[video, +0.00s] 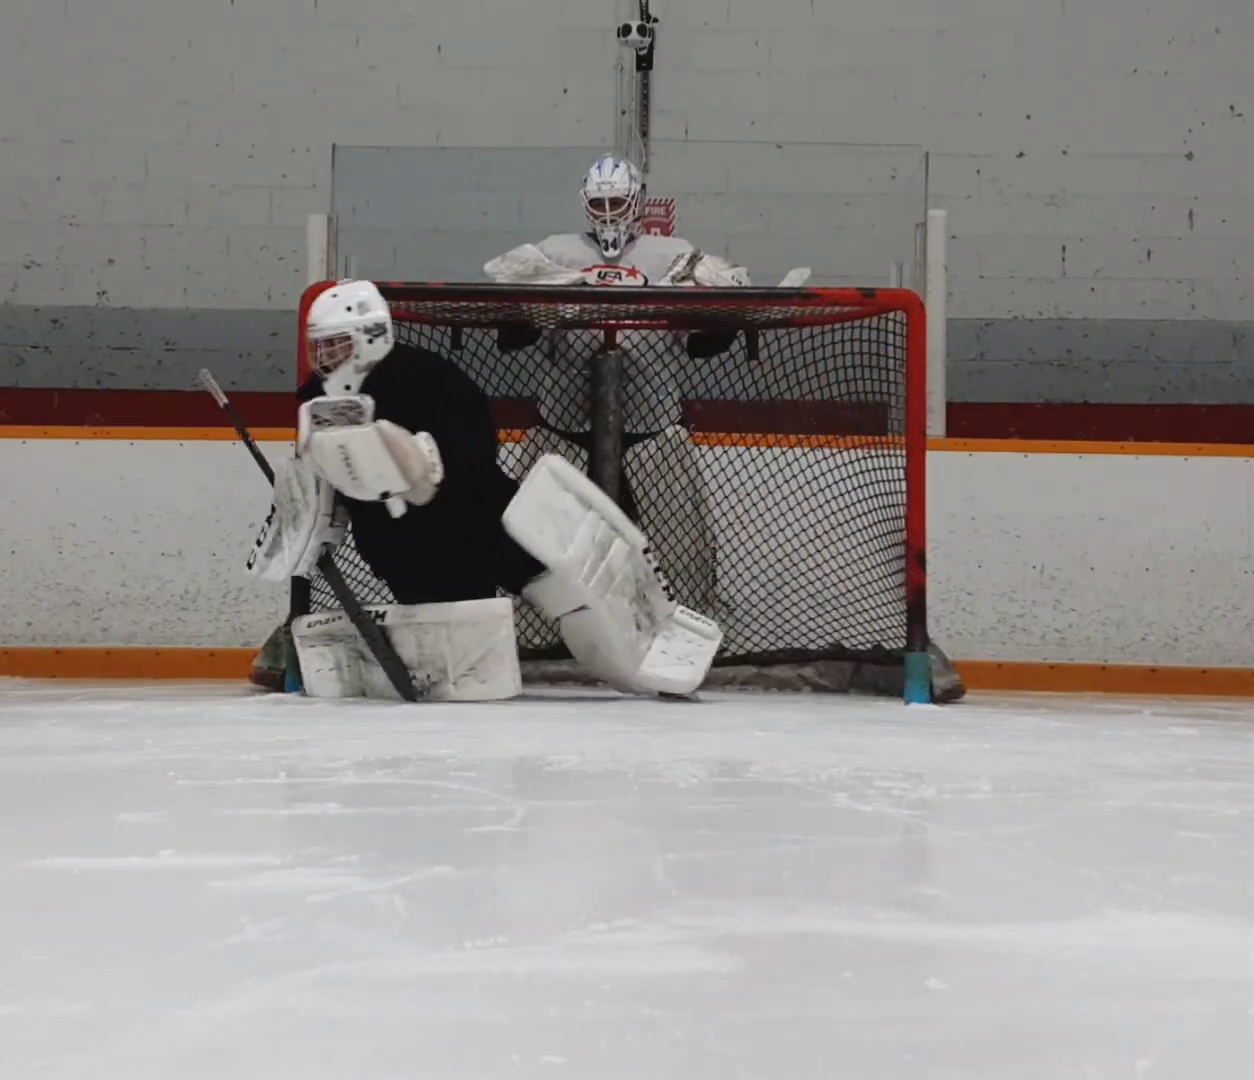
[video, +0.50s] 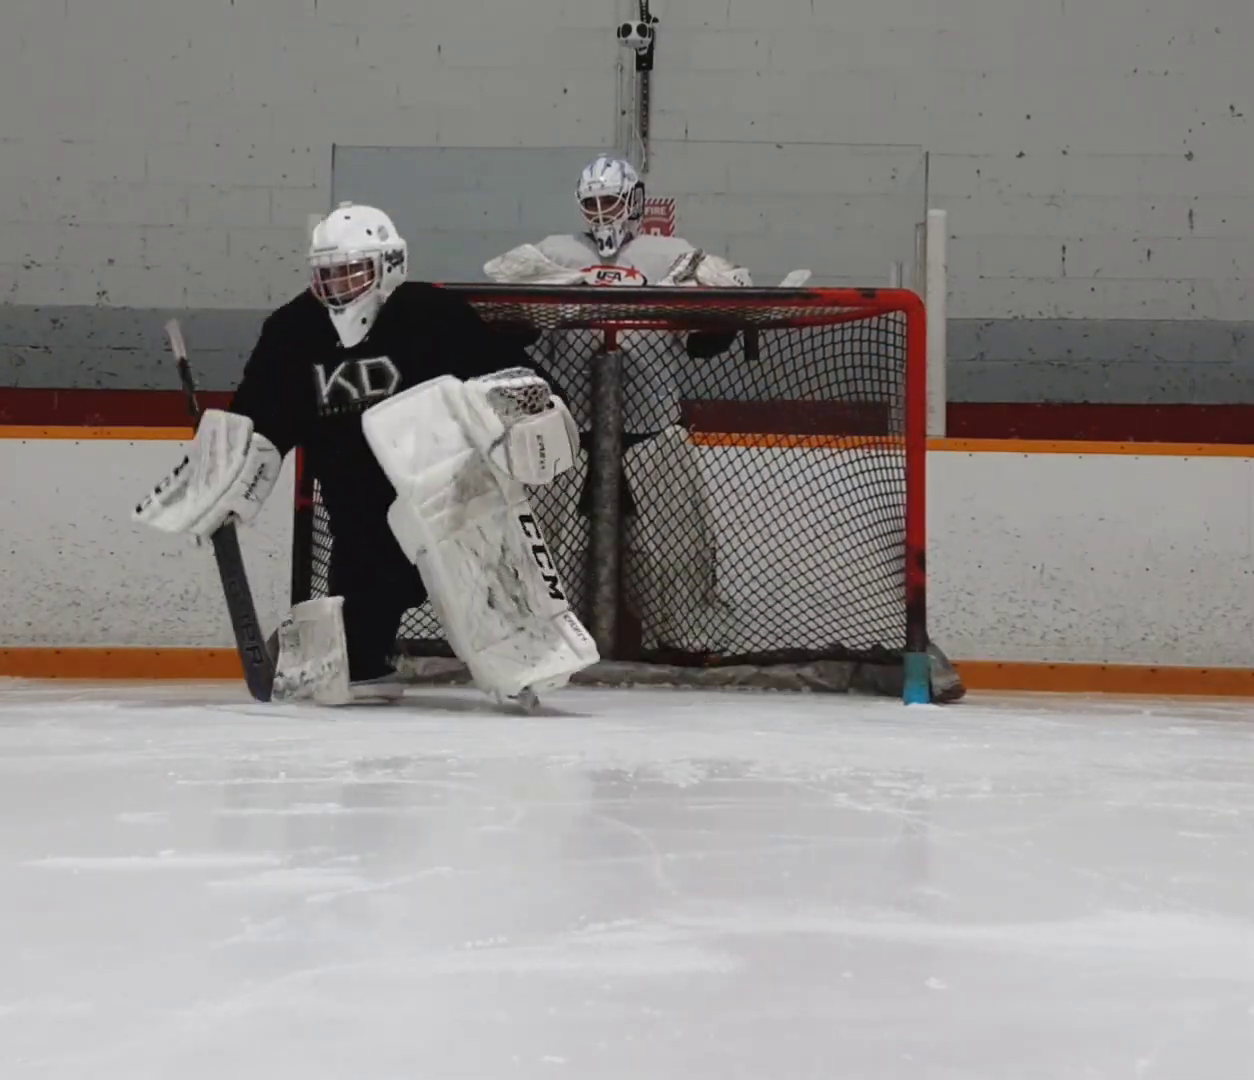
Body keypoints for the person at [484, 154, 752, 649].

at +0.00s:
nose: (608, 215)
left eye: (618, 204)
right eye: (598, 205)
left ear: (637, 204)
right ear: (584, 207)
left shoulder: (672, 258)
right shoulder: (555, 255)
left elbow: (707, 343)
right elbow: (509, 337)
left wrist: (717, 297)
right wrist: (544, 296)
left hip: (650, 433)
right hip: (566, 431)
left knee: (678, 546)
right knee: (556, 542)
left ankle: (688, 652)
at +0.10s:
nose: (605, 214)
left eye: (616, 204)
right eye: (595, 205)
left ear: (636, 204)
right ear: (583, 207)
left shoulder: (670, 257)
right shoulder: (553, 256)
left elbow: (701, 346)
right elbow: (508, 339)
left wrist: (716, 307)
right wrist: (531, 299)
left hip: (650, 436)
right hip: (562, 432)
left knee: (676, 548)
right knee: (536, 541)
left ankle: (678, 646)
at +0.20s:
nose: (603, 215)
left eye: (614, 204)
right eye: (593, 206)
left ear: (636, 205)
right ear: (581, 207)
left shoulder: (672, 257)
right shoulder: (555, 255)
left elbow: (702, 347)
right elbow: (508, 341)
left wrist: (717, 310)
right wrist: (534, 299)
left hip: (651, 440)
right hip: (562, 436)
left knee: (674, 554)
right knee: (534, 546)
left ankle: (673, 658)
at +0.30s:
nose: (602, 215)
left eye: (613, 204)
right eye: (593, 205)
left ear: (635, 204)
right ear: (580, 208)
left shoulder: (672, 258)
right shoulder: (553, 256)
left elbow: (707, 343)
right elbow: (509, 338)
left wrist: (720, 296)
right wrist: (547, 297)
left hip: (650, 438)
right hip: (563, 436)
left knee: (671, 553)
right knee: (542, 547)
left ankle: (676, 655)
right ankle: (546, 656)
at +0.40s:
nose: (602, 213)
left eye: (612, 202)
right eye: (592, 204)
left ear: (634, 202)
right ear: (580, 207)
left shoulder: (671, 257)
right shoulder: (554, 255)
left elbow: (706, 344)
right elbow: (509, 338)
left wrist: (720, 295)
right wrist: (531, 292)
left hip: (650, 430)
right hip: (565, 429)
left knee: (674, 538)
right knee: (541, 537)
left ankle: (675, 641)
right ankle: (544, 646)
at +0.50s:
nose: (601, 213)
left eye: (611, 201)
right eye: (591, 204)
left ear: (634, 202)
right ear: (580, 207)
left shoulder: (667, 255)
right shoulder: (557, 252)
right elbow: (500, 270)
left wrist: (709, 286)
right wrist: (570, 286)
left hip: (649, 424)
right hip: (571, 424)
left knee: (672, 533)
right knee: (559, 534)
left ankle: (675, 640)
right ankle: (559, 644)